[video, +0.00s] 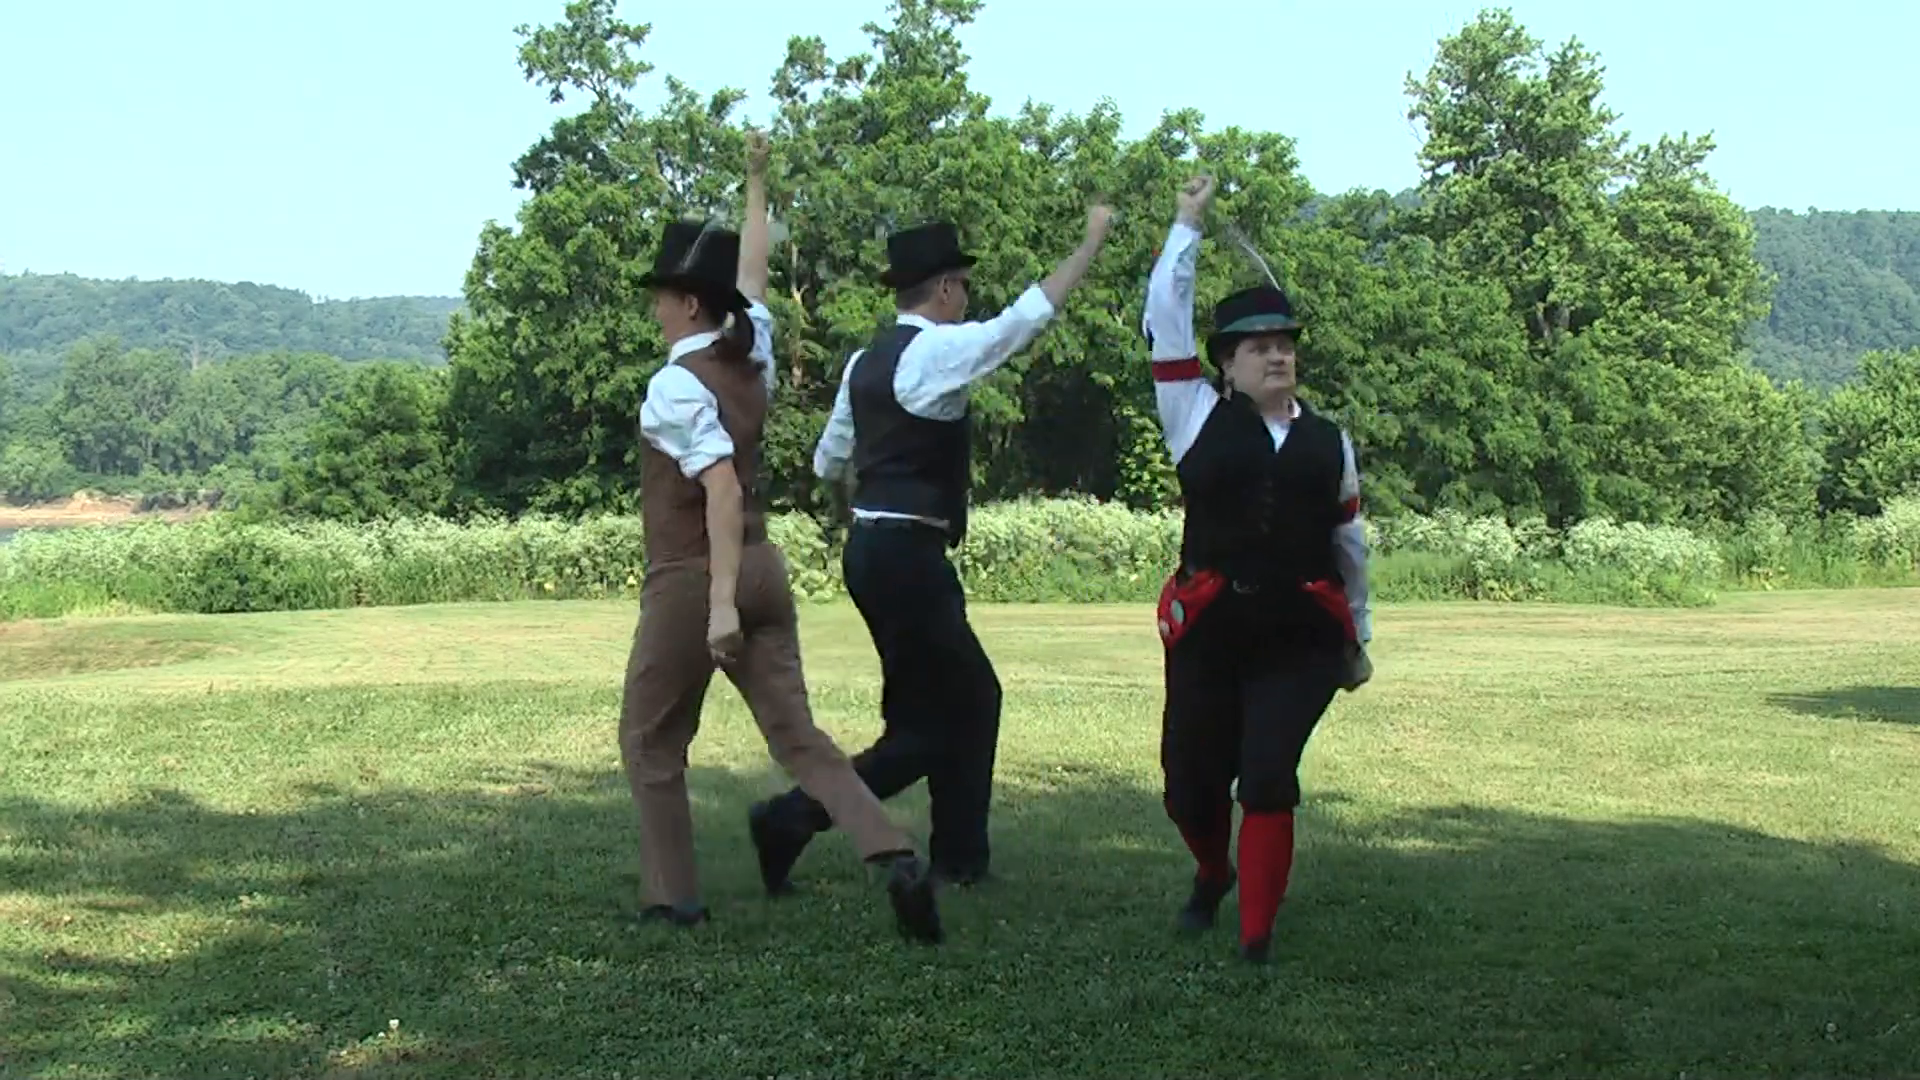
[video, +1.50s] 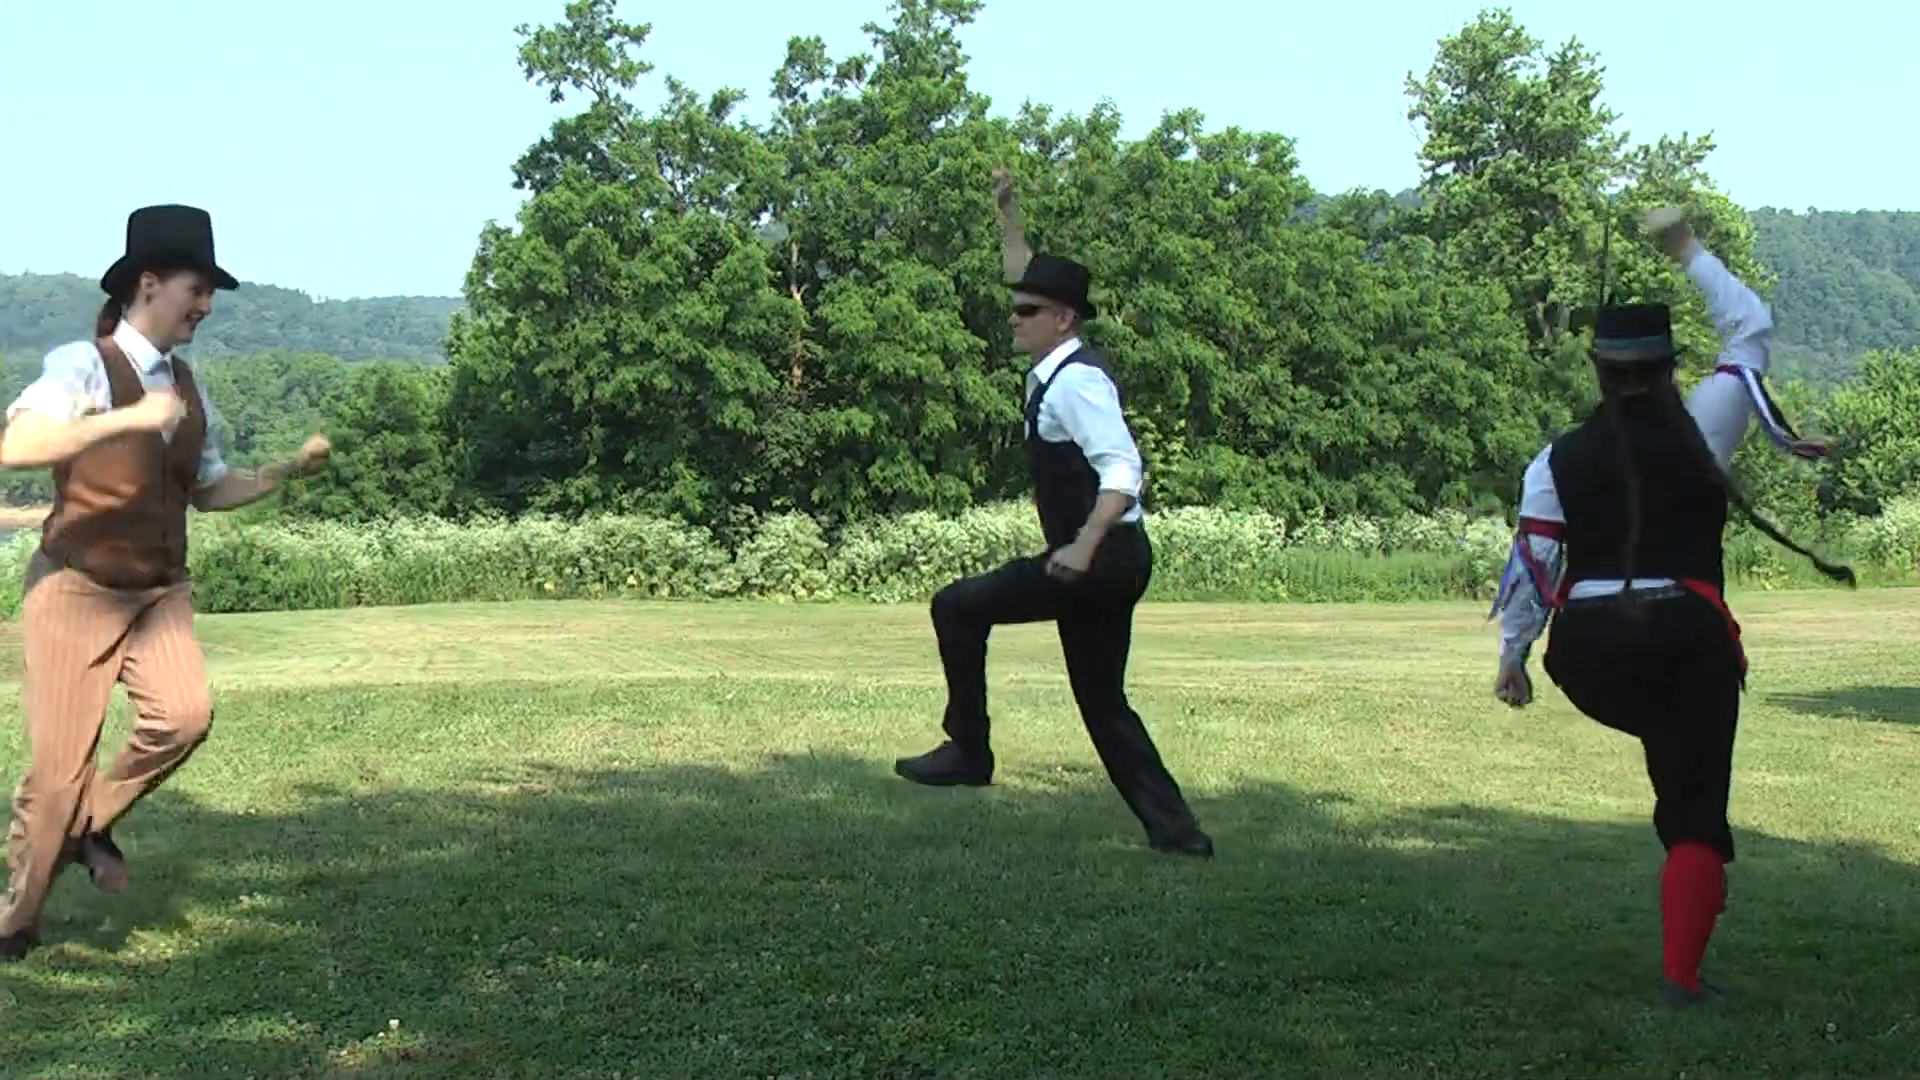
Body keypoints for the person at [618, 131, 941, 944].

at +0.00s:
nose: (655, 309)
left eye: (659, 297)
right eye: (656, 296)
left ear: (684, 305)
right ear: (712, 303)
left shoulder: (675, 384)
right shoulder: (751, 342)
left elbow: (724, 481)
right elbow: (754, 265)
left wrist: (723, 592)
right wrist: (756, 177)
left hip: (684, 580)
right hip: (755, 567)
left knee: (650, 741)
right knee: (797, 737)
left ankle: (673, 899)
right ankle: (895, 855)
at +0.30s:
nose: (504, 253)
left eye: (512, 243)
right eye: (504, 242)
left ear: (550, 245)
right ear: (553, 240)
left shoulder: (568, 319)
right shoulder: (547, 296)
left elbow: (623, 423)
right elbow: (550, 193)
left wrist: (582, 524)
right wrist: (553, 97)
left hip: (544, 520)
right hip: (524, 517)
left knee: (519, 689)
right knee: (516, 670)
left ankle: (594, 845)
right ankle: (672, 681)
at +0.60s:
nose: (405, 324)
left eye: (419, 312)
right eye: (395, 309)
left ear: (437, 315)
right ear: (373, 304)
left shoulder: (456, 401)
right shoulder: (366, 357)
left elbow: (504, 494)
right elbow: (332, 252)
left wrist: (476, 595)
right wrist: (327, 149)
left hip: (419, 597)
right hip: (359, 589)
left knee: (391, 755)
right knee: (298, 718)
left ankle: (439, 884)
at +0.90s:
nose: (262, 310)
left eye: (273, 300)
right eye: (250, 295)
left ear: (279, 305)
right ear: (212, 291)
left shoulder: (299, 387)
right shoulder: (176, 350)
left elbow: (346, 487)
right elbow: (127, 254)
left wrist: (342, 589)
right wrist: (131, 142)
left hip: (273, 590)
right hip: (185, 585)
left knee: (279, 764)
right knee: (144, 734)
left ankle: (386, 832)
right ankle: (127, 893)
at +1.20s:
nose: (220, 237)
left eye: (225, 225)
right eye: (208, 223)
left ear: (216, 231)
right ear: (161, 219)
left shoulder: (222, 309)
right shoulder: (104, 279)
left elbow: (223, 419)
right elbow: (49, 170)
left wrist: (239, 501)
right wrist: (18, 54)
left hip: (208, 509)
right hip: (114, 508)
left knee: (172, 650)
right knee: (91, 697)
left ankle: (146, 675)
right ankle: (81, 854)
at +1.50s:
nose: (206, 305)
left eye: (210, 291)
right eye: (197, 287)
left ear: (166, 290)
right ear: (149, 283)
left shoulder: (183, 379)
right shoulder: (81, 366)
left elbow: (211, 489)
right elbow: (17, 445)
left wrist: (291, 467)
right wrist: (128, 418)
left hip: (160, 593)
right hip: (76, 593)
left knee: (183, 718)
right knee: (59, 776)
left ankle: (88, 816)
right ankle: (17, 929)